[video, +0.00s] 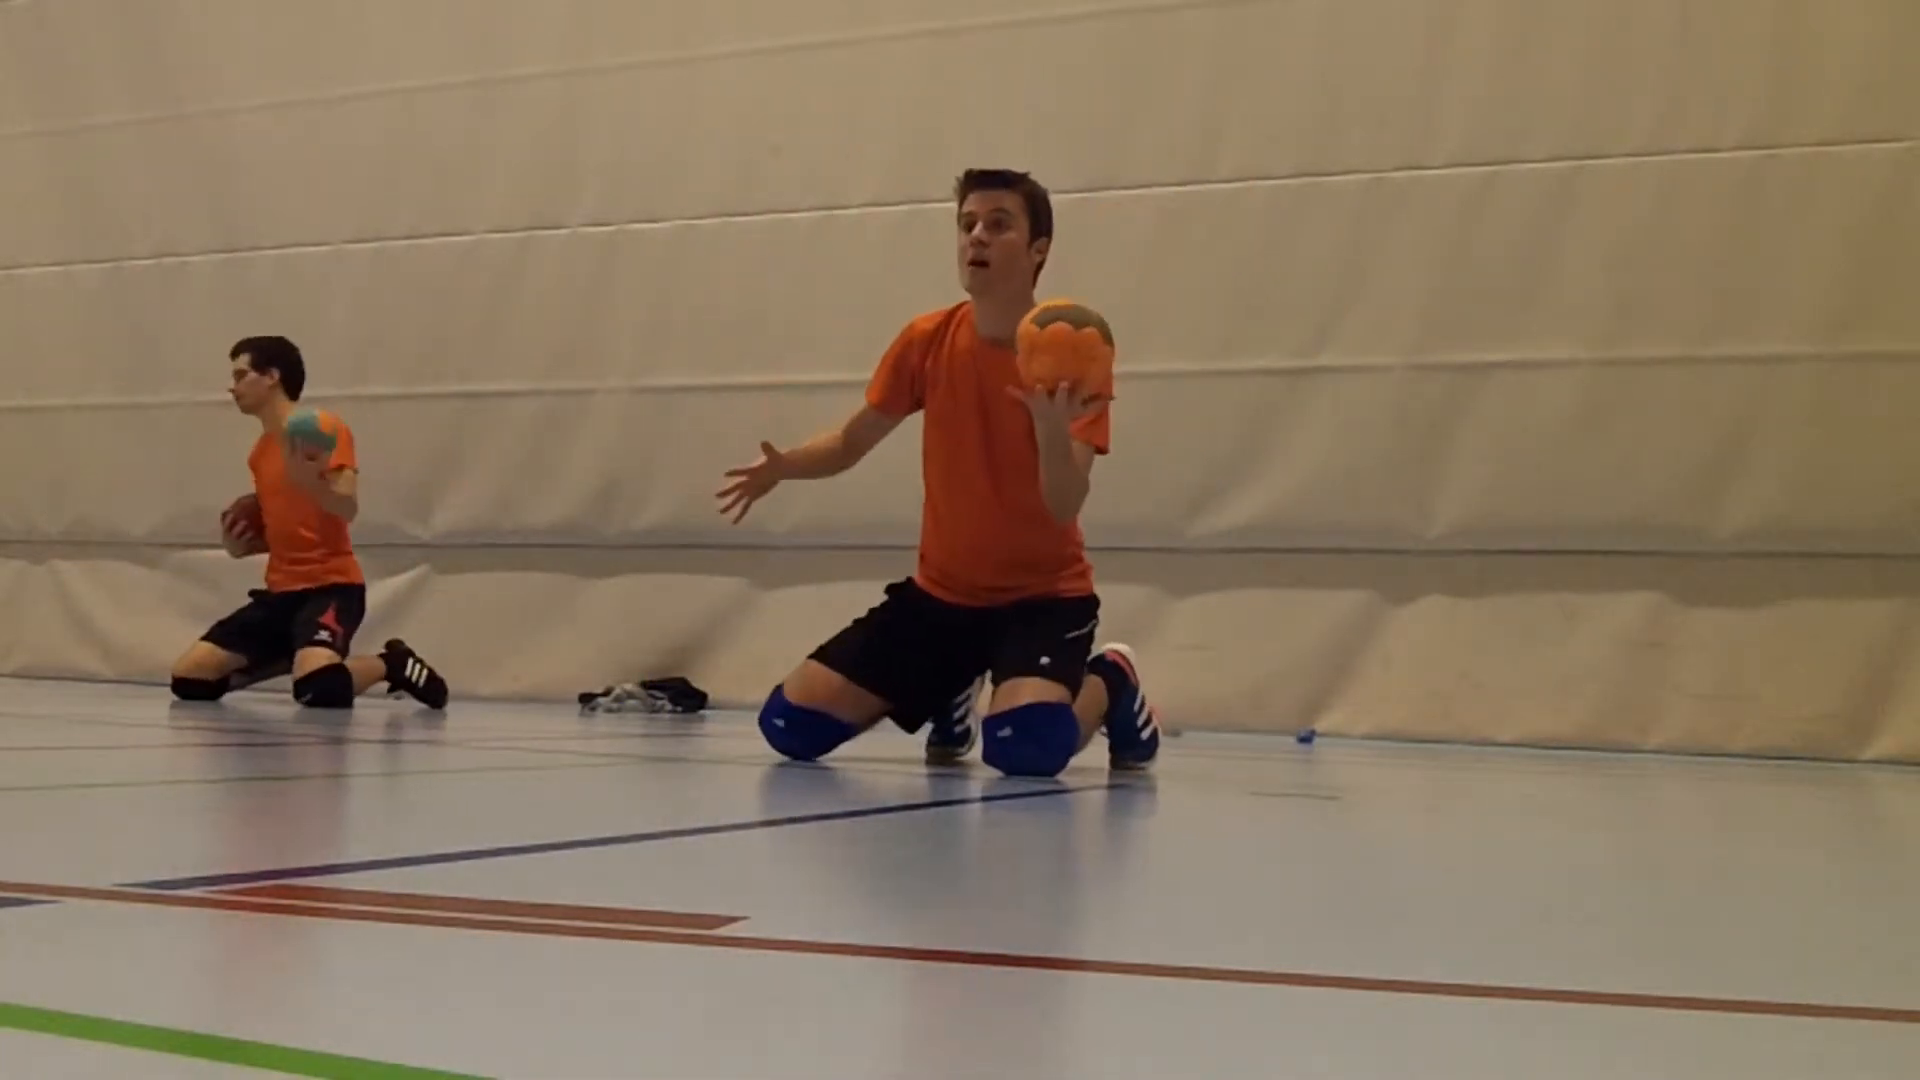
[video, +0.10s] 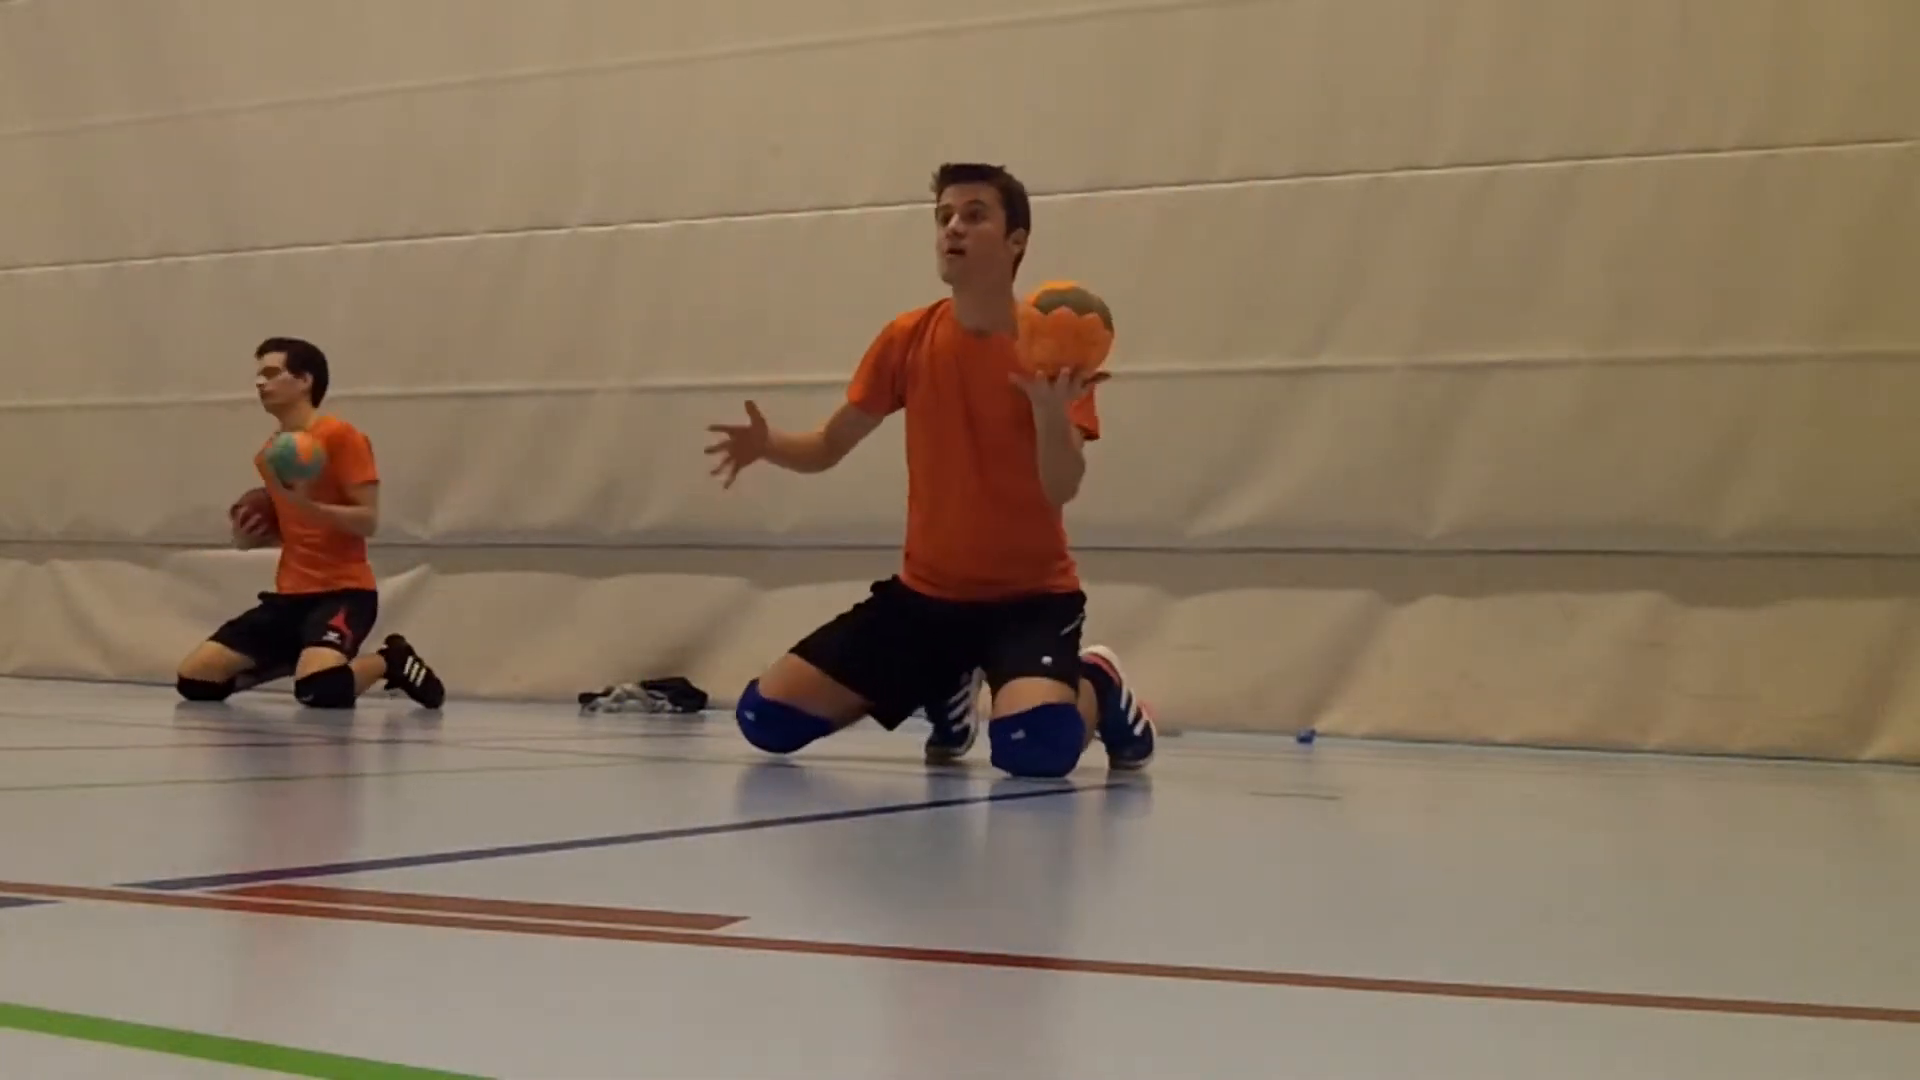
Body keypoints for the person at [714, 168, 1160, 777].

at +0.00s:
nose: (977, 237)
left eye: (998, 224)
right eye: (968, 225)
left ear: (1038, 251)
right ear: (956, 243)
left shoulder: (1069, 353)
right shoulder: (928, 341)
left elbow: (1065, 503)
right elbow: (848, 443)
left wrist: (1054, 431)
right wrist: (784, 465)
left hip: (1045, 600)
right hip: (940, 596)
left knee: (1023, 750)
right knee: (789, 729)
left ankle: (1113, 681)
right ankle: (945, 682)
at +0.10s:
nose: (953, 228)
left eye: (975, 216)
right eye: (945, 217)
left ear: (1016, 242)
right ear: (933, 237)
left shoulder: (1051, 348)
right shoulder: (909, 340)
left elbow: (1061, 488)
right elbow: (826, 446)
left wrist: (1052, 416)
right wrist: (769, 443)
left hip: (1032, 600)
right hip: (925, 596)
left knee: (1032, 752)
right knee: (767, 722)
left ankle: (1098, 686)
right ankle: (940, 679)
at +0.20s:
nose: (904, 223)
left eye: (926, 209)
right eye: (898, 212)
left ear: (972, 234)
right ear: (892, 232)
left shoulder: (1015, 337)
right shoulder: (870, 339)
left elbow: (1046, 463)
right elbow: (760, 428)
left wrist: (1046, 383)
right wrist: (696, 391)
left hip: (1009, 595)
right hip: (903, 595)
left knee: (1035, 754)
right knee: (749, 723)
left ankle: (1090, 688)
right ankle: (924, 677)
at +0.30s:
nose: (844, 221)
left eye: (864, 207)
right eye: (839, 209)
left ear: (914, 229)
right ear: (835, 231)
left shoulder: (967, 326)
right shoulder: (817, 330)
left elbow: (1012, 427)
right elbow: (684, 382)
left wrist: (1033, 358)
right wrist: (581, 340)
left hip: (977, 582)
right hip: (873, 591)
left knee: (1021, 753)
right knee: (734, 727)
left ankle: (1097, 686)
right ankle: (905, 679)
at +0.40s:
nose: (787, 209)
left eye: (804, 193)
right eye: (783, 196)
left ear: (858, 208)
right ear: (785, 214)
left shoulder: (917, 303)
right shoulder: (765, 309)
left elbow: (968, 397)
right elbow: (642, 381)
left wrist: (995, 330)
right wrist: (516, 380)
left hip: (930, 560)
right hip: (829, 574)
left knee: (991, 742)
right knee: (710, 729)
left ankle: (1112, 694)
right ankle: (875, 677)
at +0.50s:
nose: (739, 185)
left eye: (756, 170)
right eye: (737, 171)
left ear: (809, 183)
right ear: (743, 184)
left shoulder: (868, 282)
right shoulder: (729, 287)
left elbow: (924, 384)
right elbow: (698, 411)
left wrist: (950, 318)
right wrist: (635, 451)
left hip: (875, 536)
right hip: (777, 546)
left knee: (952, 726)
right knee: (672, 727)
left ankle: (1107, 701)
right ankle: (852, 685)